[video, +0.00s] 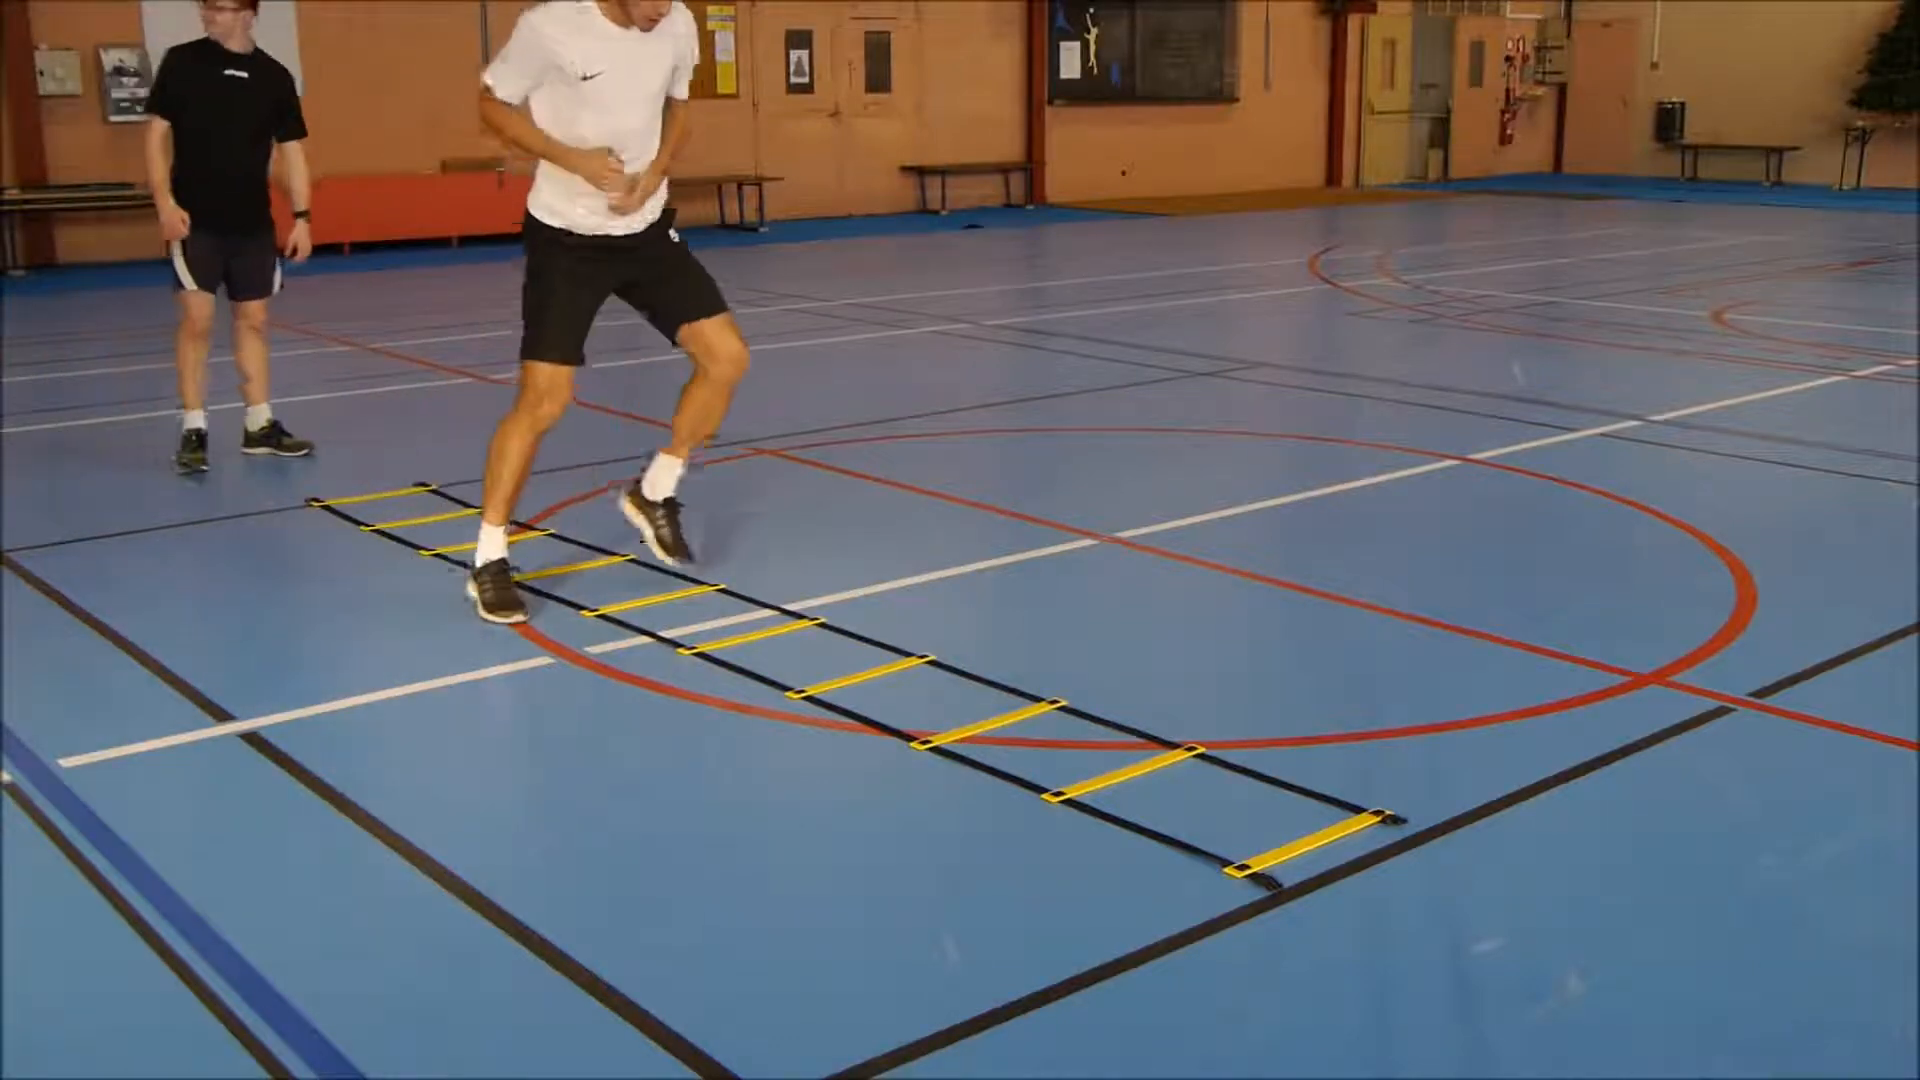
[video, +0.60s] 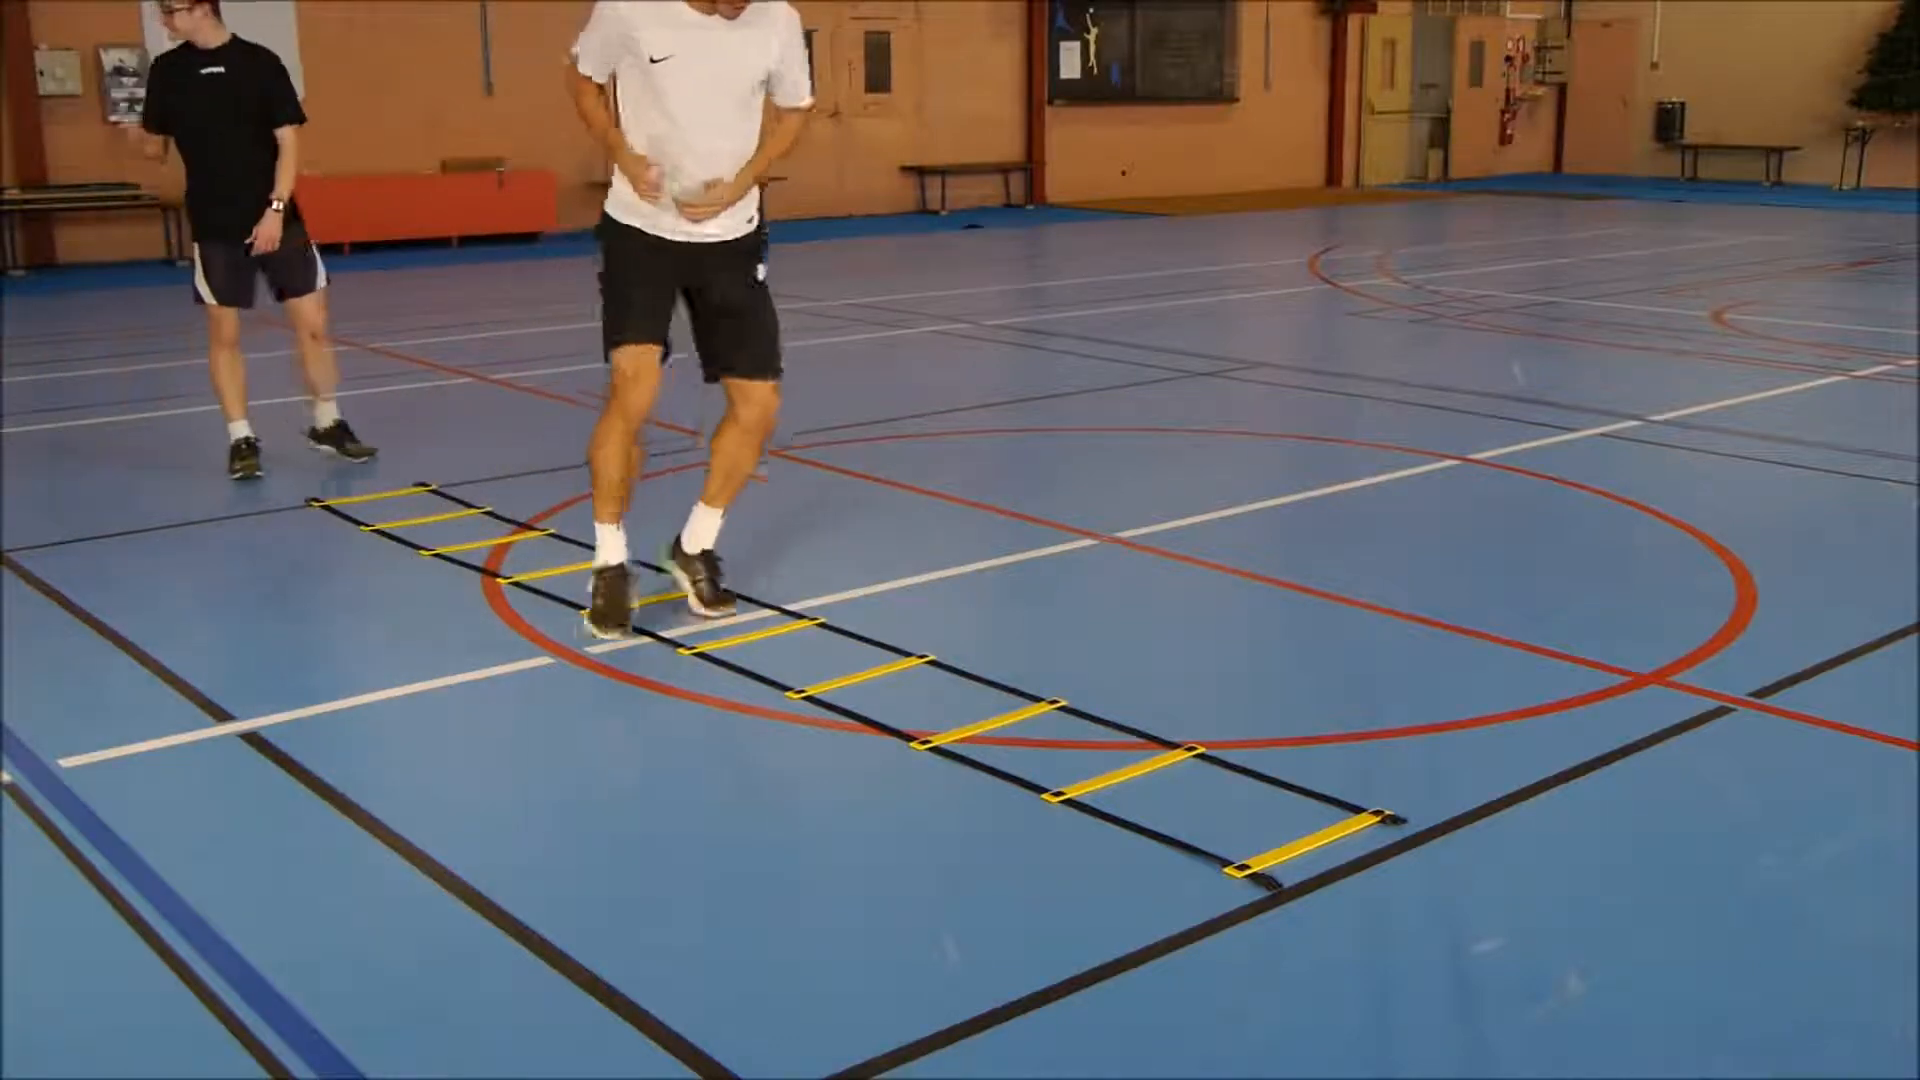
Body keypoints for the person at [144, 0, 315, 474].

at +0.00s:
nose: (207, 14)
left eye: (218, 7)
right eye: (205, 7)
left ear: (247, 13)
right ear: (203, 12)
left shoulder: (275, 76)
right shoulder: (181, 62)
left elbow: (293, 149)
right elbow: (157, 134)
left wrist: (302, 217)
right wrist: (164, 203)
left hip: (252, 216)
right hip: (196, 217)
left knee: (254, 319)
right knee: (197, 321)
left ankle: (260, 426)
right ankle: (194, 429)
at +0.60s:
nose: (164, 22)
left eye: (170, 11)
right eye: (163, 13)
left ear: (201, 9)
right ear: (190, 12)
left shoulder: (262, 62)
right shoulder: (166, 70)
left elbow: (289, 142)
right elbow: (157, 148)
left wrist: (276, 211)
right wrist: (137, 135)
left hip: (274, 212)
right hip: (215, 222)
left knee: (314, 324)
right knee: (226, 334)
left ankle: (328, 422)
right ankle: (241, 438)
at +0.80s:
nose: (230, 24)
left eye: (238, 16)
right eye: (220, 17)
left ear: (250, 13)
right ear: (203, 14)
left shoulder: (281, 66)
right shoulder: (183, 70)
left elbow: (303, 148)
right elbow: (171, 153)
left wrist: (293, 215)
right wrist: (161, 132)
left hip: (284, 218)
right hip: (223, 225)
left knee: (314, 329)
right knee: (230, 334)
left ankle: (338, 439)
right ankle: (241, 439)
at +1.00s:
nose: (280, 29)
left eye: (289, 20)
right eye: (270, 19)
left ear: (298, 16)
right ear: (249, 13)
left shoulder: (315, 69)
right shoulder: (215, 66)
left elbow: (330, 148)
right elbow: (192, 136)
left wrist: (314, 209)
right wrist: (199, 189)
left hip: (304, 221)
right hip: (242, 225)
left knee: (322, 334)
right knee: (240, 336)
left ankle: (336, 442)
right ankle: (244, 439)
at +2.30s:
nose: (321, 31)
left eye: (330, 21)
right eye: (311, 20)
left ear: (339, 18)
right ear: (289, 14)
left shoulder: (355, 70)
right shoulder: (253, 66)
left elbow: (373, 136)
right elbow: (227, 138)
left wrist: (361, 148)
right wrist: (235, 214)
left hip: (335, 226)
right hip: (273, 228)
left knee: (339, 337)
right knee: (275, 339)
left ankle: (337, 447)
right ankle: (271, 448)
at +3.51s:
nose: (368, 77)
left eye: (376, 68)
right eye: (360, 68)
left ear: (385, 55)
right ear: (336, 48)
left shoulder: (387, 83)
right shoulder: (286, 81)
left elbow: (390, 140)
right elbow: (242, 141)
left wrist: (381, 148)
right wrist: (292, 197)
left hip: (357, 222)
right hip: (301, 225)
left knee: (364, 340)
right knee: (337, 326)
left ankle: (335, 432)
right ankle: (346, 442)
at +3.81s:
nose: (388, 78)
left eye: (396, 70)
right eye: (379, 69)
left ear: (406, 54)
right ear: (354, 47)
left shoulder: (409, 84)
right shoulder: (308, 89)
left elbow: (415, 134)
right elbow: (272, 165)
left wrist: (407, 151)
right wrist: (335, 214)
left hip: (387, 231)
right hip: (324, 236)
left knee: (400, 350)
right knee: (337, 342)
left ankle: (386, 462)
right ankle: (330, 452)